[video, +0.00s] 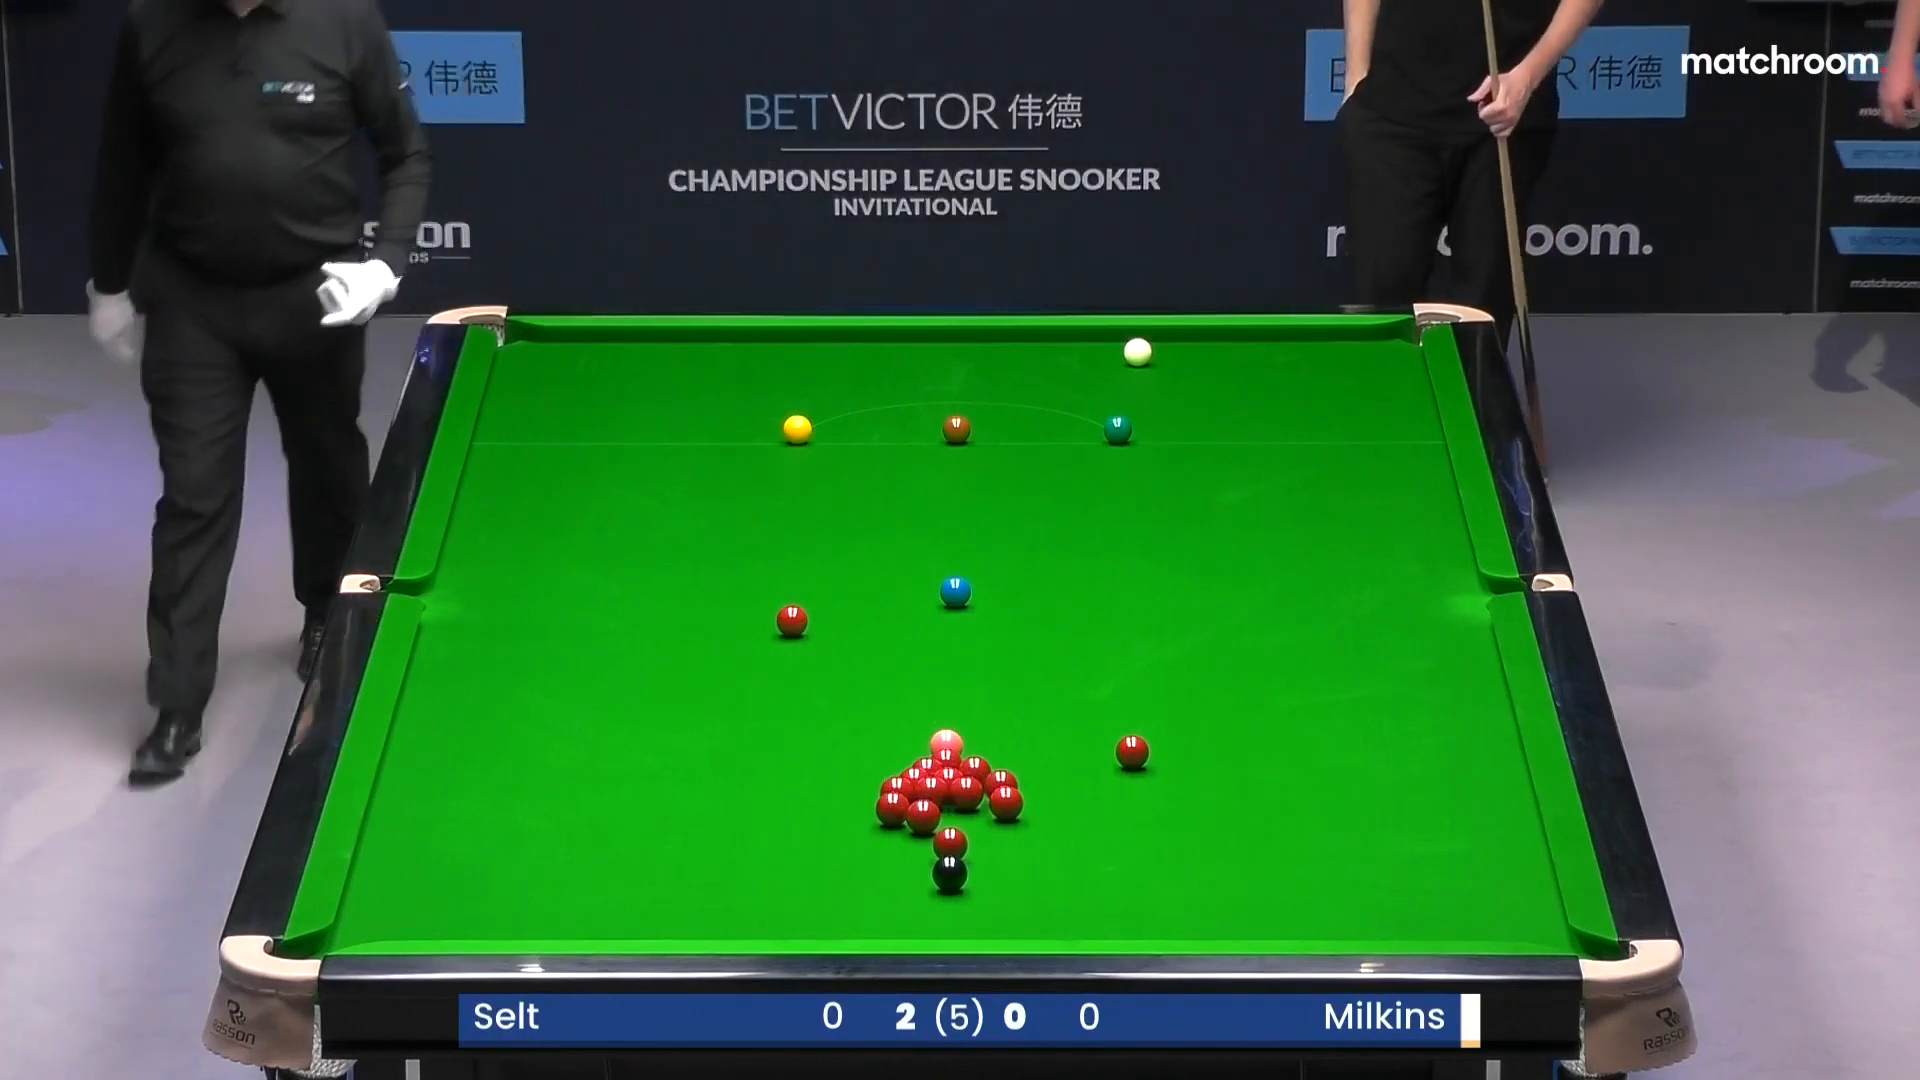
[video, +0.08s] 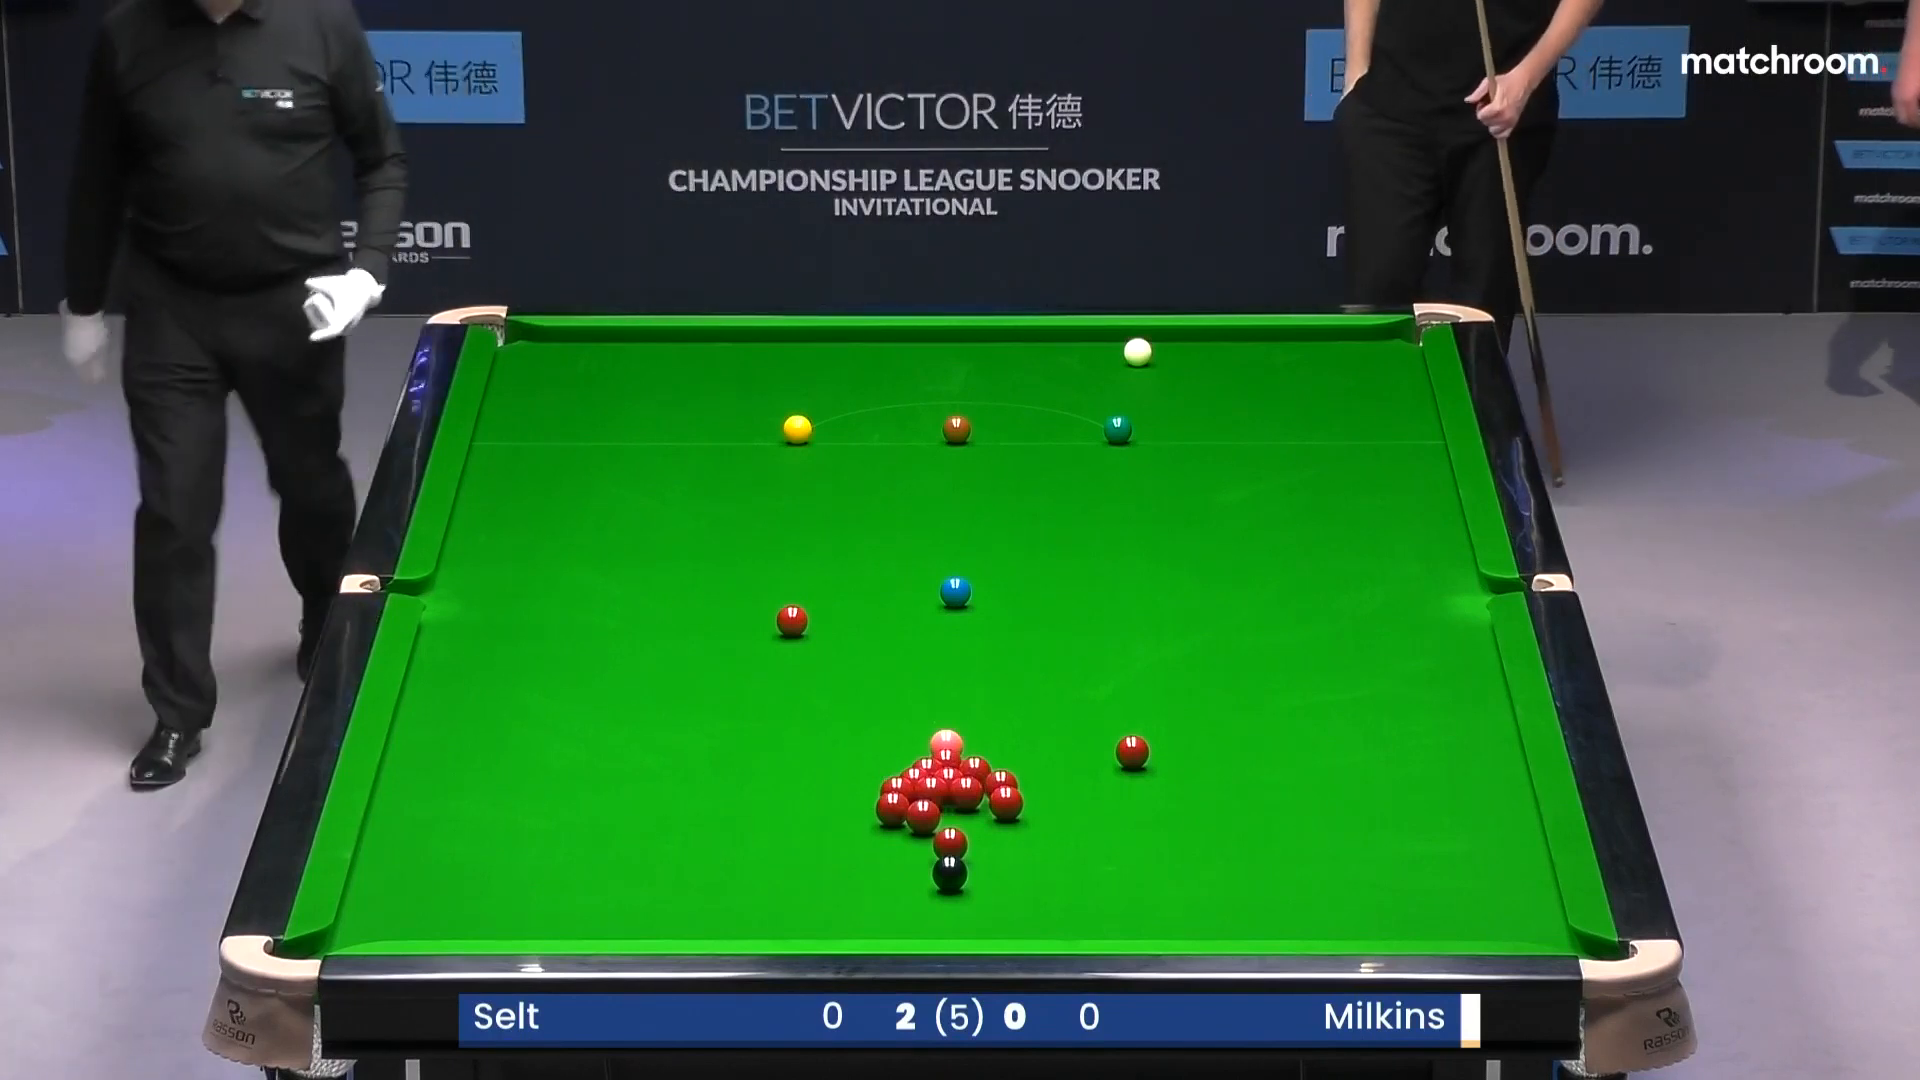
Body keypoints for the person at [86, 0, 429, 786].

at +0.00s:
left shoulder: (346, 20)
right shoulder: (155, 23)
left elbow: (408, 151)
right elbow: (122, 155)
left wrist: (385, 258)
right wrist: (108, 279)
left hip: (315, 297)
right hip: (191, 301)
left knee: (329, 474)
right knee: (193, 503)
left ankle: (329, 624)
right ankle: (177, 705)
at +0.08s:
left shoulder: (323, 24)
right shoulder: (129, 32)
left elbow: (382, 158)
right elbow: (97, 173)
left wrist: (369, 270)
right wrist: (83, 303)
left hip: (292, 307)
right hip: (171, 310)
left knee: (314, 490)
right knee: (173, 517)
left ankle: (329, 636)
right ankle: (178, 711)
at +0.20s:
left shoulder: (300, 24)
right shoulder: (102, 37)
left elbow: (362, 155)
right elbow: (63, 186)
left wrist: (349, 267)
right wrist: (43, 331)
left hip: (269, 313)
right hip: (143, 318)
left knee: (280, 509)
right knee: (154, 525)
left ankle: (309, 632)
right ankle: (176, 709)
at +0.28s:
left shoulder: (288, 26)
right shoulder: (86, 42)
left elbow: (349, 160)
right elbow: (41, 194)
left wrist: (342, 268)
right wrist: (22, 339)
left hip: (257, 319)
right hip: (131, 329)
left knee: (261, 513)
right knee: (151, 533)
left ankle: (269, 669)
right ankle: (176, 714)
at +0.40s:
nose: (189, 0)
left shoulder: (274, 45)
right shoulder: (68, 59)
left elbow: (330, 180)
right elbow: (21, 209)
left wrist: (335, 283)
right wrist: (7, 352)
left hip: (243, 339)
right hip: (120, 347)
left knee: (233, 540)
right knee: (146, 543)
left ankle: (218, 755)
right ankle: (176, 714)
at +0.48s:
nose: (192, 10)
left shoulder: (270, 70)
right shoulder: (63, 80)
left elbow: (320, 202)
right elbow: (16, 231)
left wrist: (334, 299)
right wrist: (3, 367)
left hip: (231, 364)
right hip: (109, 369)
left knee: (211, 573)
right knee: (144, 566)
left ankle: (205, 792)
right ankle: (174, 721)